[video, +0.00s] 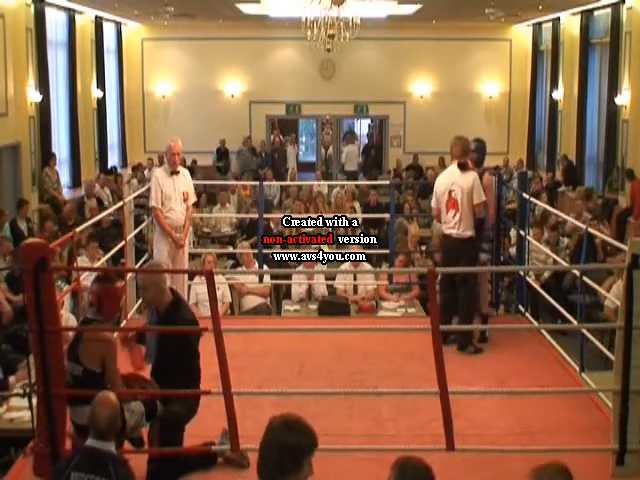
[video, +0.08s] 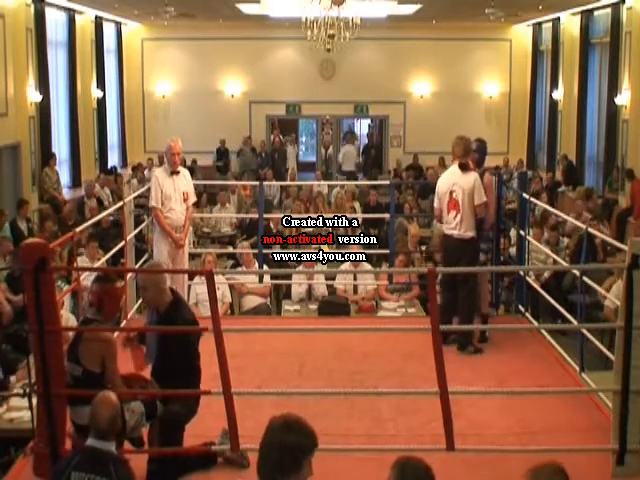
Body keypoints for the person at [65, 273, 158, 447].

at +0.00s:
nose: (120, 304)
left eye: (120, 298)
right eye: (117, 298)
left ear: (94, 299)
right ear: (103, 300)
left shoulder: (83, 327)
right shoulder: (105, 339)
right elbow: (117, 390)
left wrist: (129, 384)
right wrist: (139, 395)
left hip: (76, 410)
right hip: (94, 415)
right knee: (152, 405)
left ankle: (133, 430)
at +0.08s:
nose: (120, 304)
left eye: (120, 298)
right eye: (117, 298)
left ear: (94, 300)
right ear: (105, 300)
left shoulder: (83, 328)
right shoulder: (105, 339)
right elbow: (116, 389)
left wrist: (130, 384)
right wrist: (140, 395)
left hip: (76, 410)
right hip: (94, 414)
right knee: (152, 406)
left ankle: (133, 430)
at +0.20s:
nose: (120, 305)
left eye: (120, 299)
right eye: (117, 299)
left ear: (94, 300)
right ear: (104, 301)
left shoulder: (83, 329)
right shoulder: (105, 339)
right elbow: (116, 390)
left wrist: (128, 384)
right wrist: (141, 395)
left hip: (77, 410)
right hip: (94, 414)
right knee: (152, 406)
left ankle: (133, 430)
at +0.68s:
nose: (122, 304)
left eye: (122, 299)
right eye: (118, 299)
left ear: (95, 300)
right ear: (100, 301)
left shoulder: (85, 325)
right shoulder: (107, 337)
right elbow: (118, 391)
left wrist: (129, 378)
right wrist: (139, 395)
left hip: (77, 410)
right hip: (94, 415)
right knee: (152, 407)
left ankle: (132, 429)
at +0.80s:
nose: (121, 305)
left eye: (122, 299)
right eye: (117, 300)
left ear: (97, 300)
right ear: (100, 301)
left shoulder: (85, 324)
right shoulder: (106, 336)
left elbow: (102, 377)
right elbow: (119, 391)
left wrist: (129, 381)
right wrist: (140, 395)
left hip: (77, 408)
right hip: (92, 414)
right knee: (153, 407)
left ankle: (133, 429)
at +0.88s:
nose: (121, 304)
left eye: (121, 298)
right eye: (117, 299)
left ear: (96, 300)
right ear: (100, 300)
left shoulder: (86, 324)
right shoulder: (107, 335)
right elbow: (117, 390)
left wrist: (128, 381)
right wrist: (139, 395)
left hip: (77, 409)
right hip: (94, 414)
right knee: (153, 407)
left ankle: (132, 428)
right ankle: (130, 429)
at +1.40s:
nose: (127, 303)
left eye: (126, 298)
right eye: (124, 298)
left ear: (101, 301)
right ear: (115, 303)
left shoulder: (90, 323)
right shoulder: (109, 338)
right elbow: (119, 393)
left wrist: (129, 382)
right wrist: (143, 391)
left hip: (77, 408)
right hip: (93, 414)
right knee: (153, 407)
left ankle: (133, 429)